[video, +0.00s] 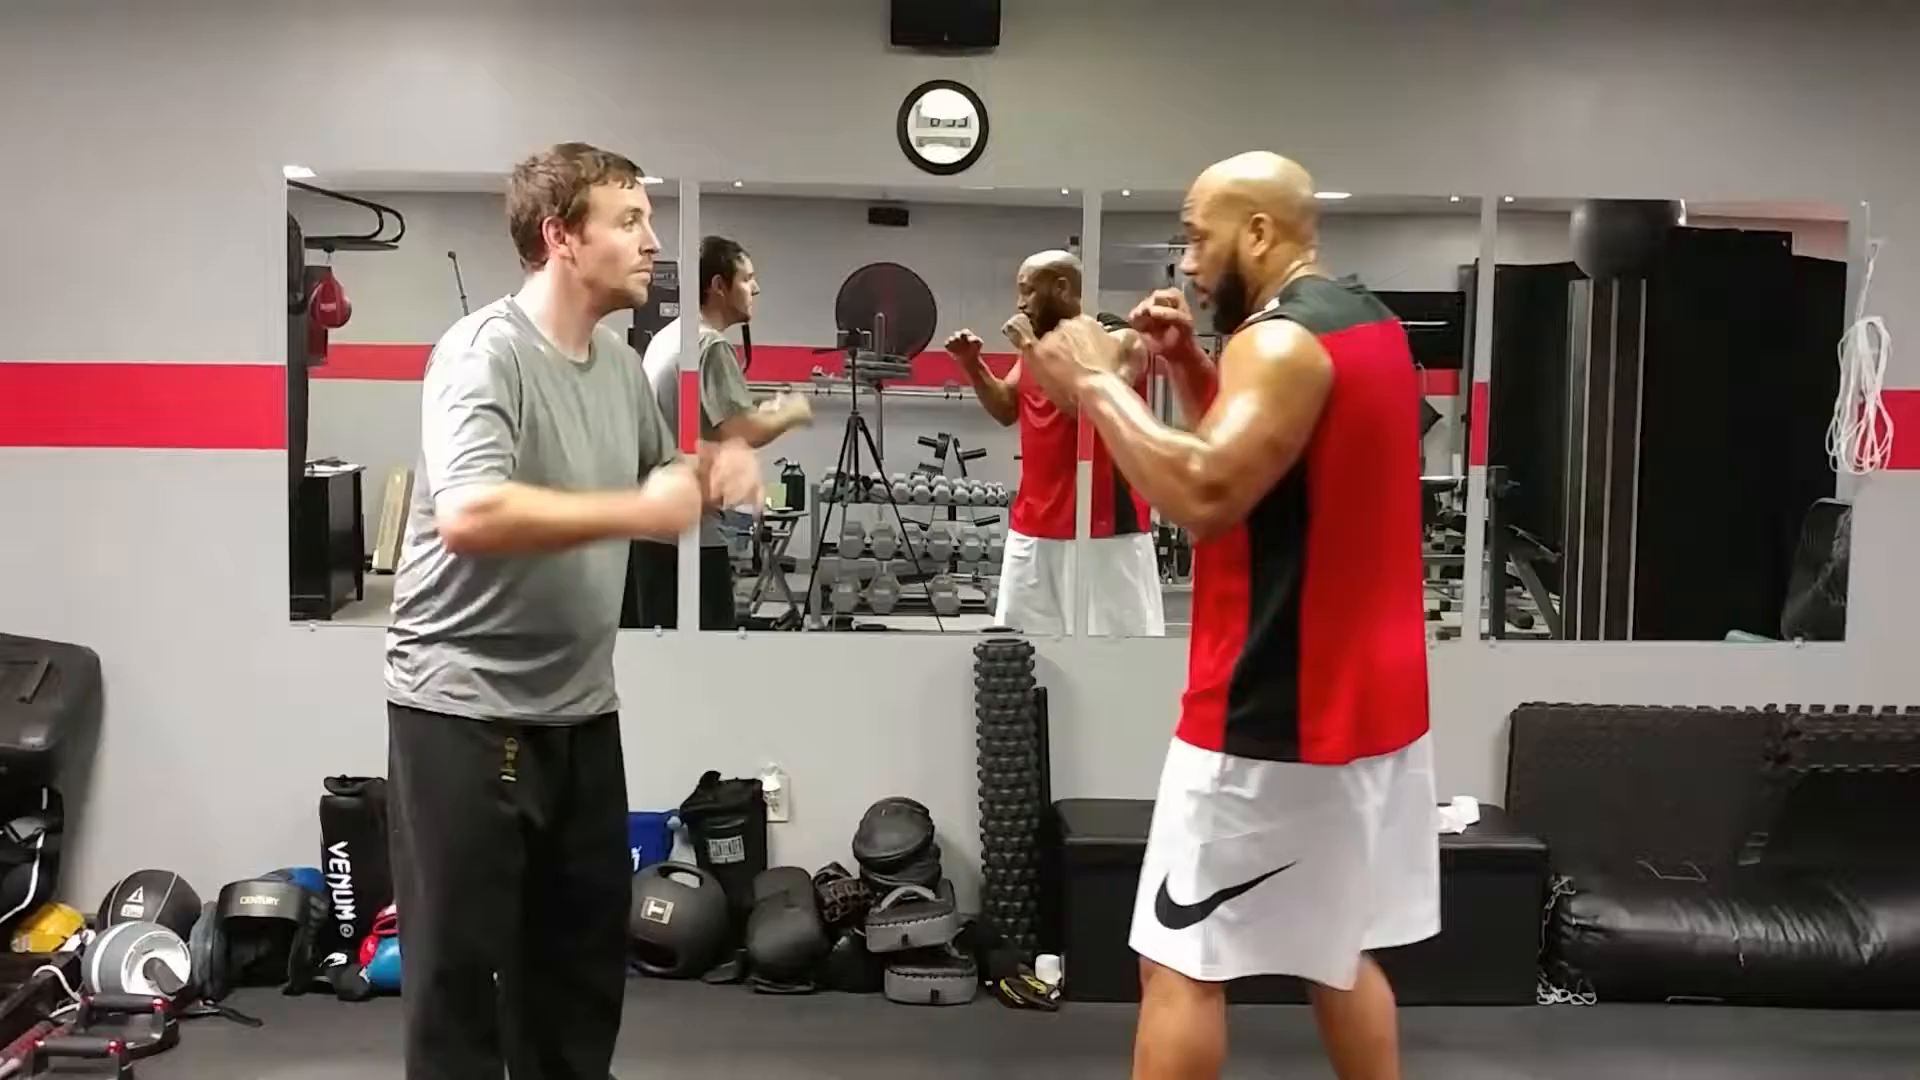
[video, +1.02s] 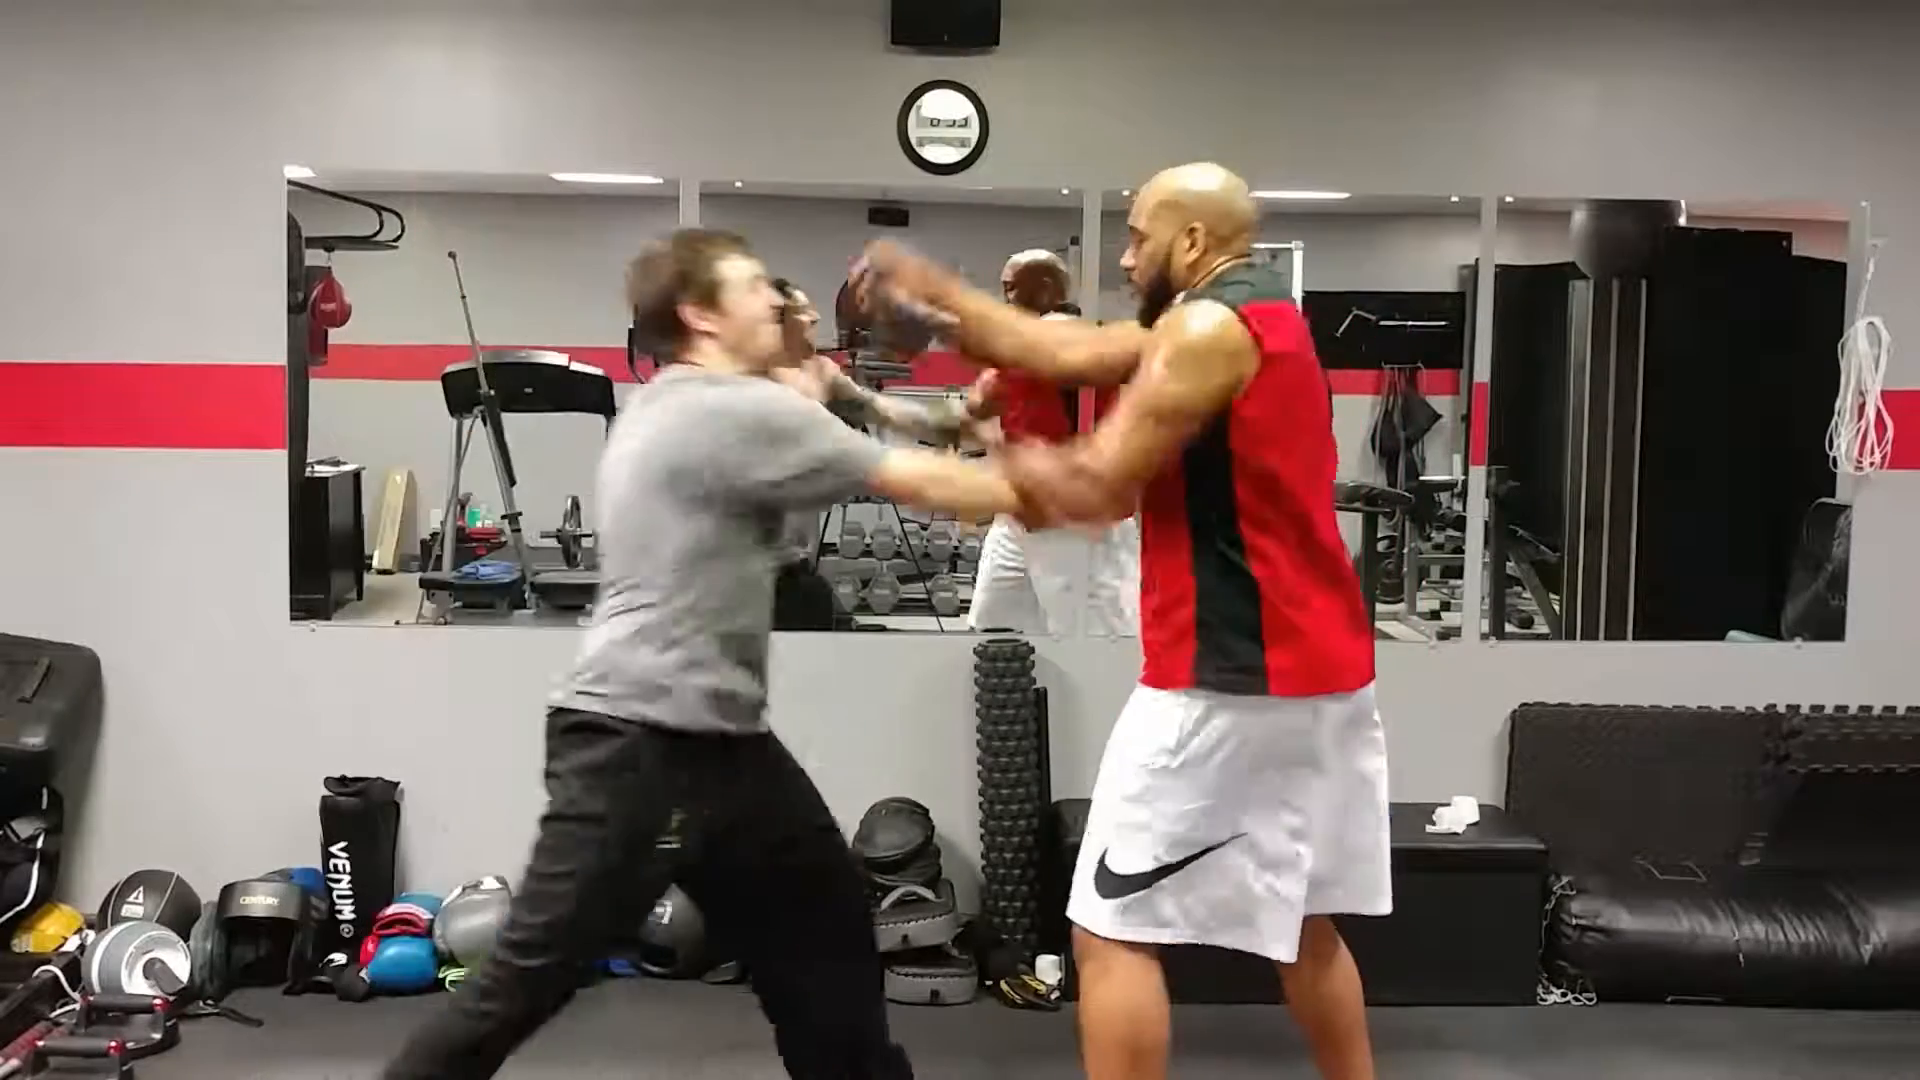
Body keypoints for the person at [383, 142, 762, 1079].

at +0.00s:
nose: (652, 241)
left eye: (649, 223)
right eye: (631, 222)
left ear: (579, 241)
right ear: (559, 238)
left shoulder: (622, 366)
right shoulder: (480, 350)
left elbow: (661, 497)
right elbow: (469, 516)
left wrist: (720, 465)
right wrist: (646, 509)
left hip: (581, 706)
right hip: (461, 707)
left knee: (581, 975)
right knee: (461, 977)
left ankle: (568, 1077)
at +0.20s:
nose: (633, 244)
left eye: (631, 224)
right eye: (612, 224)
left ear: (566, 239)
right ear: (540, 235)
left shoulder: (606, 348)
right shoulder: (455, 340)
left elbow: (704, 461)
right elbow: (510, 468)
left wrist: (700, 357)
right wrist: (623, 367)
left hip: (566, 705)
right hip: (442, 709)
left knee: (573, 978)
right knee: (403, 962)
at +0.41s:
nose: (581, 256)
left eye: (579, 235)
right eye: (560, 234)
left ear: (511, 249)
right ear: (488, 244)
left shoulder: (558, 370)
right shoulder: (397, 348)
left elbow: (657, 461)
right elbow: (482, 454)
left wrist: (661, 369)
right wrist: (547, 335)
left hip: (539, 736)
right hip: (397, 736)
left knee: (568, 1011)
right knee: (324, 1015)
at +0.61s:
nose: (568, 259)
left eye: (566, 238)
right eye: (549, 237)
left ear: (483, 246)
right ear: (472, 245)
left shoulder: (555, 360)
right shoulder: (378, 354)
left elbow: (663, 440)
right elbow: (464, 456)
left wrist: (671, 357)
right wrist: (528, 329)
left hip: (552, 718)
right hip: (401, 728)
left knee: (608, 952)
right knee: (334, 996)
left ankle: (603, 1068)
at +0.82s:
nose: (632, 294)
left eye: (629, 276)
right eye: (611, 276)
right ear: (544, 293)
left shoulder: (621, 397)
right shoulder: (483, 400)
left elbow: (722, 484)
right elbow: (585, 479)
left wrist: (710, 384)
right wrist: (640, 369)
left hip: (598, 745)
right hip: (464, 759)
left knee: (711, 921)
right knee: (390, 1004)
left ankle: (795, 1073)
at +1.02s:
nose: (783, 304)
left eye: (775, 285)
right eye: (760, 287)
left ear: (699, 322)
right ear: (701, 317)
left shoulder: (661, 412)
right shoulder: (734, 411)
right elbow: (912, 479)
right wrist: (1038, 495)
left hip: (722, 740)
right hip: (632, 736)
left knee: (828, 948)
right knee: (523, 979)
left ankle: (857, 1073)